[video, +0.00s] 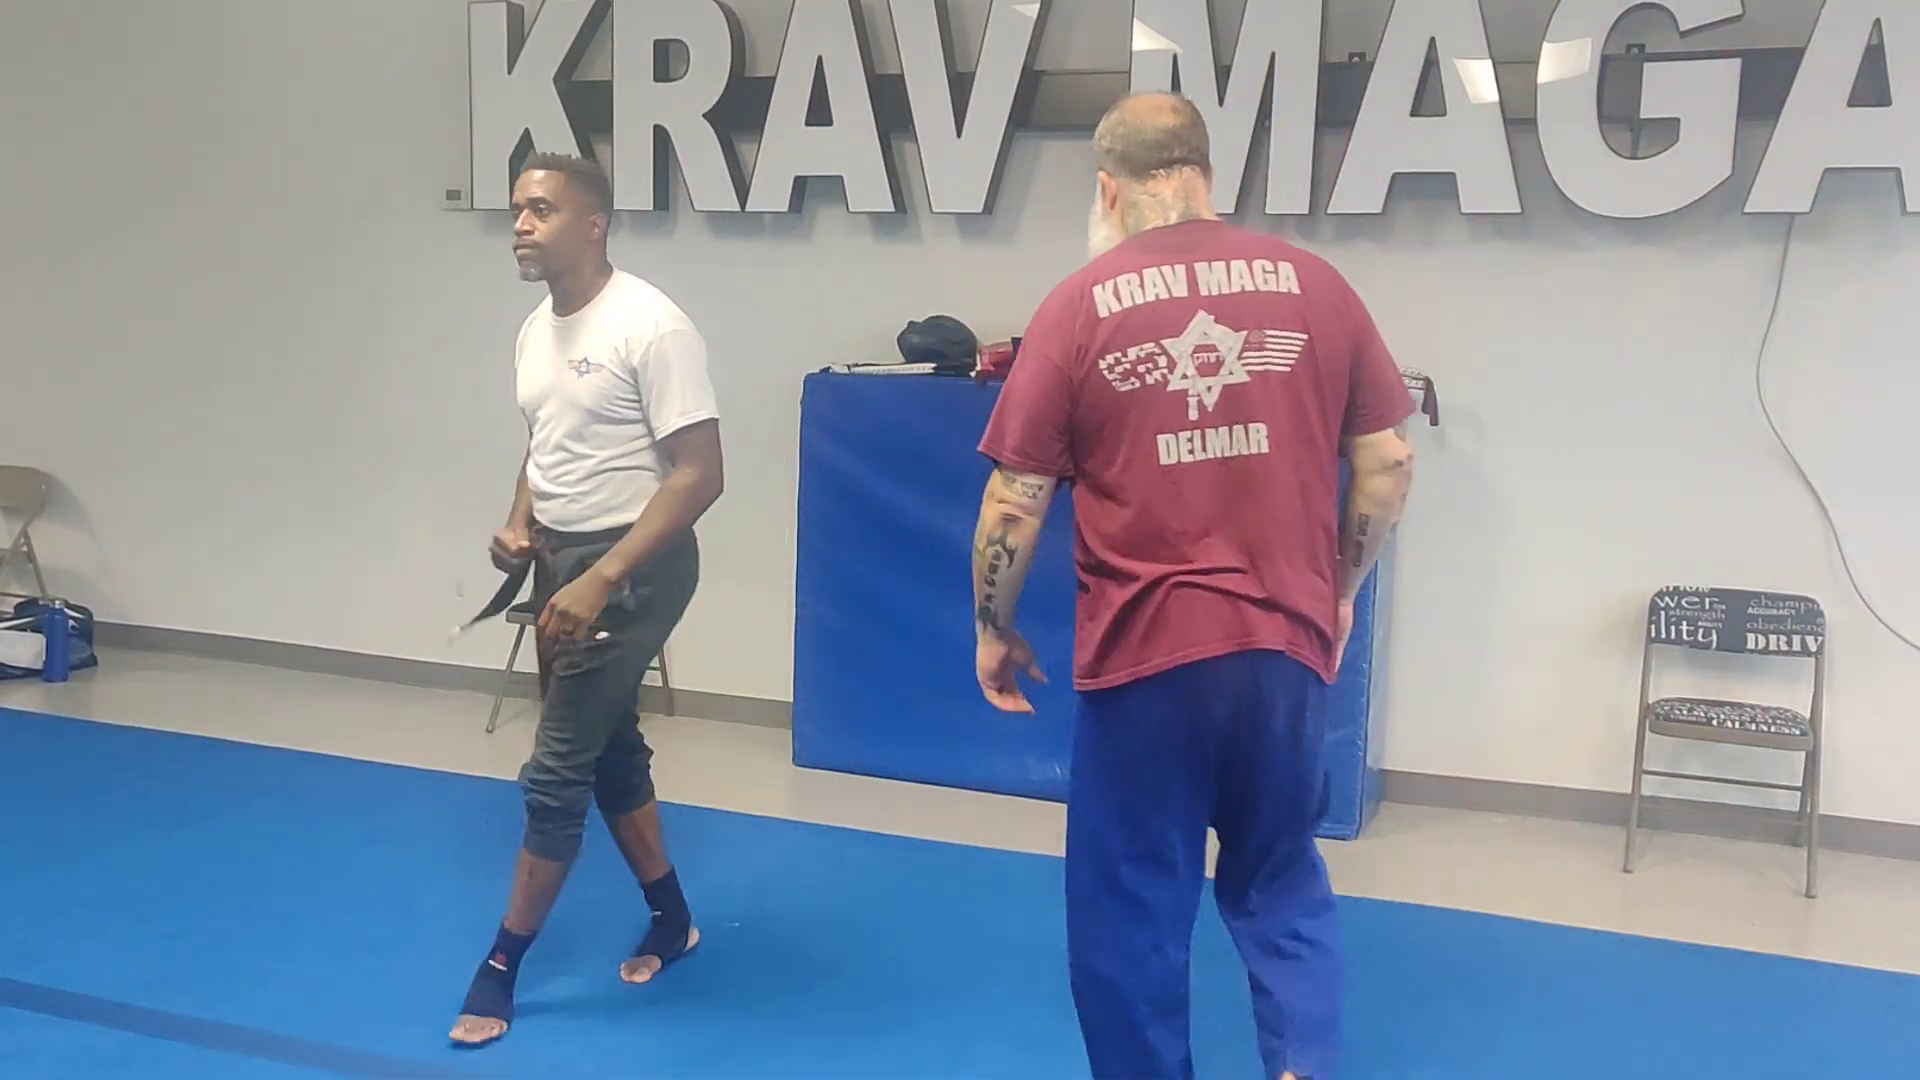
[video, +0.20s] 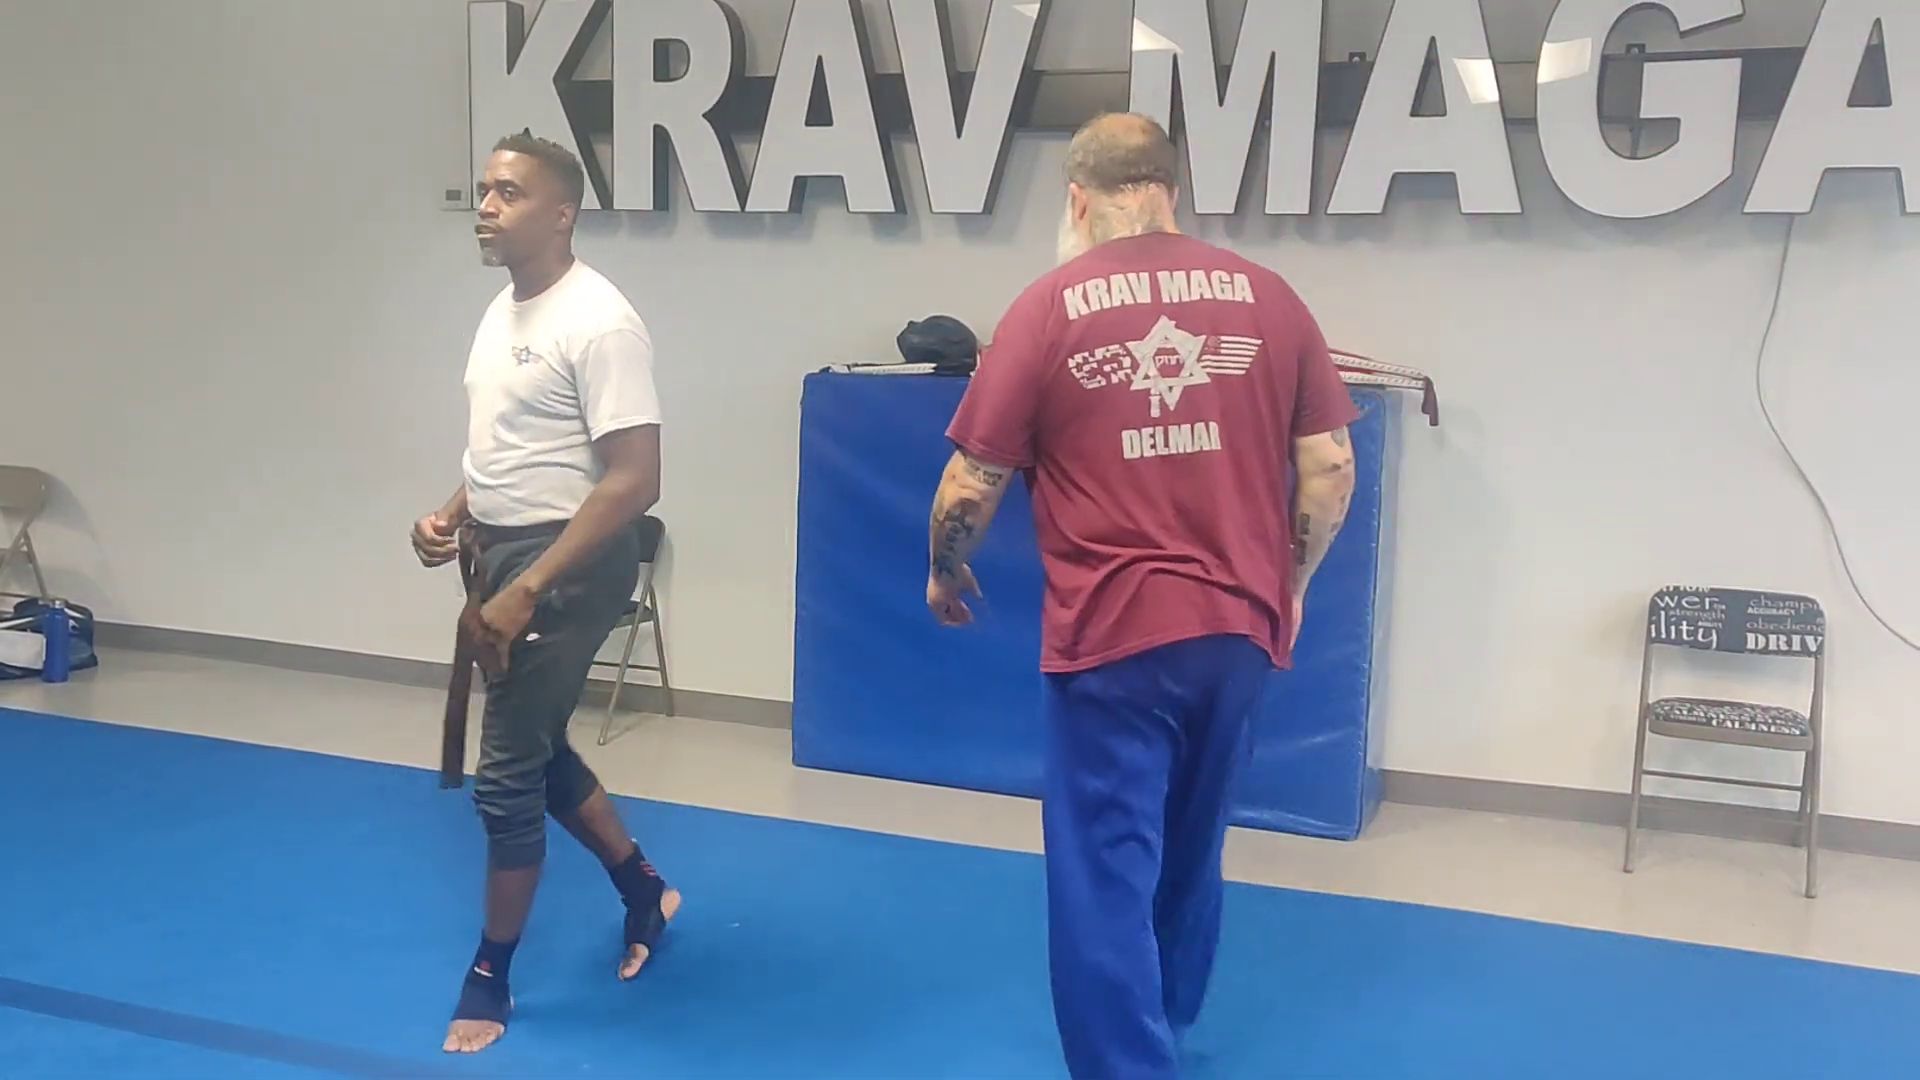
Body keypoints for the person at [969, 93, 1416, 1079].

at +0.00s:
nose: (1100, 204)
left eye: (1100, 191)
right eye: (1107, 190)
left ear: (1111, 187)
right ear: (1207, 176)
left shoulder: (1081, 304)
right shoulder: (1319, 283)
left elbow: (1013, 507)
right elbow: (1386, 462)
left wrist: (996, 628)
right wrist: (1343, 582)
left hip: (1146, 645)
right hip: (1290, 642)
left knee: (1130, 902)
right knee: (1280, 872)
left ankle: (1146, 1068)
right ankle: (1303, 1065)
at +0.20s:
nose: (1068, 223)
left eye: (1069, 209)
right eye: (1070, 210)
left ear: (1081, 203)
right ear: (1171, 200)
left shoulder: (1053, 303)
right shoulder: (1272, 295)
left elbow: (968, 492)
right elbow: (1330, 463)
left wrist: (947, 571)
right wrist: (1289, 582)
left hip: (1117, 625)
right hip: (1243, 623)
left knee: (1106, 862)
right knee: (1190, 844)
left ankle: (1127, 1062)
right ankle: (1163, 1027)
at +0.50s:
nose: (1043, 230)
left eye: (1044, 217)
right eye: (1049, 218)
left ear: (1060, 212)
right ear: (1139, 215)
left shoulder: (1031, 293)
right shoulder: (1210, 312)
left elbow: (963, 446)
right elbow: (1243, 466)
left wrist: (924, 572)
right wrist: (1181, 554)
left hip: (1045, 594)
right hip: (1158, 600)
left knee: (994, 774)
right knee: (1116, 805)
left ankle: (1052, 963)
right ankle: (1106, 1004)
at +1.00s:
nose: (897, 239)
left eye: (897, 228)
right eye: (901, 227)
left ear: (909, 229)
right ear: (980, 222)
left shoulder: (896, 318)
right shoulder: (1057, 303)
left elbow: (849, 461)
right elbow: (1105, 436)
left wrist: (828, 563)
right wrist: (1076, 521)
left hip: (936, 568)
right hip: (1039, 563)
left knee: (922, 756)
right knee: (1048, 744)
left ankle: (932, 933)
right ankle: (1065, 875)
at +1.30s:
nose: (852, 249)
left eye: (852, 237)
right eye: (857, 237)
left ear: (864, 237)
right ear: (929, 232)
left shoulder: (846, 319)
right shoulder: (998, 316)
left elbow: (778, 446)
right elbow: (1039, 441)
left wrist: (740, 509)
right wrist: (1010, 525)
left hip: (891, 561)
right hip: (980, 557)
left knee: (890, 743)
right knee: (939, 725)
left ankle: (923, 931)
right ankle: (906, 855)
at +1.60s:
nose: (832, 250)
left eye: (832, 240)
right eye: (838, 240)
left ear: (839, 241)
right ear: (900, 243)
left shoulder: (819, 309)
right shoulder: (954, 327)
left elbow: (770, 424)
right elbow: (977, 446)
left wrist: (742, 521)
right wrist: (930, 506)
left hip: (830, 536)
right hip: (920, 540)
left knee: (791, 687)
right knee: (887, 695)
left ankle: (839, 819)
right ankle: (870, 857)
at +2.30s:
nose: (686, 260)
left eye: (685, 251)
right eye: (688, 251)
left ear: (694, 250)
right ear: (749, 248)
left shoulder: (684, 318)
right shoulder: (808, 314)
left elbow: (630, 429)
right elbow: (845, 420)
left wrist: (595, 474)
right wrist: (823, 486)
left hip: (718, 517)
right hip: (795, 513)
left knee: (713, 669)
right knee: (786, 646)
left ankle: (731, 809)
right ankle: (793, 776)